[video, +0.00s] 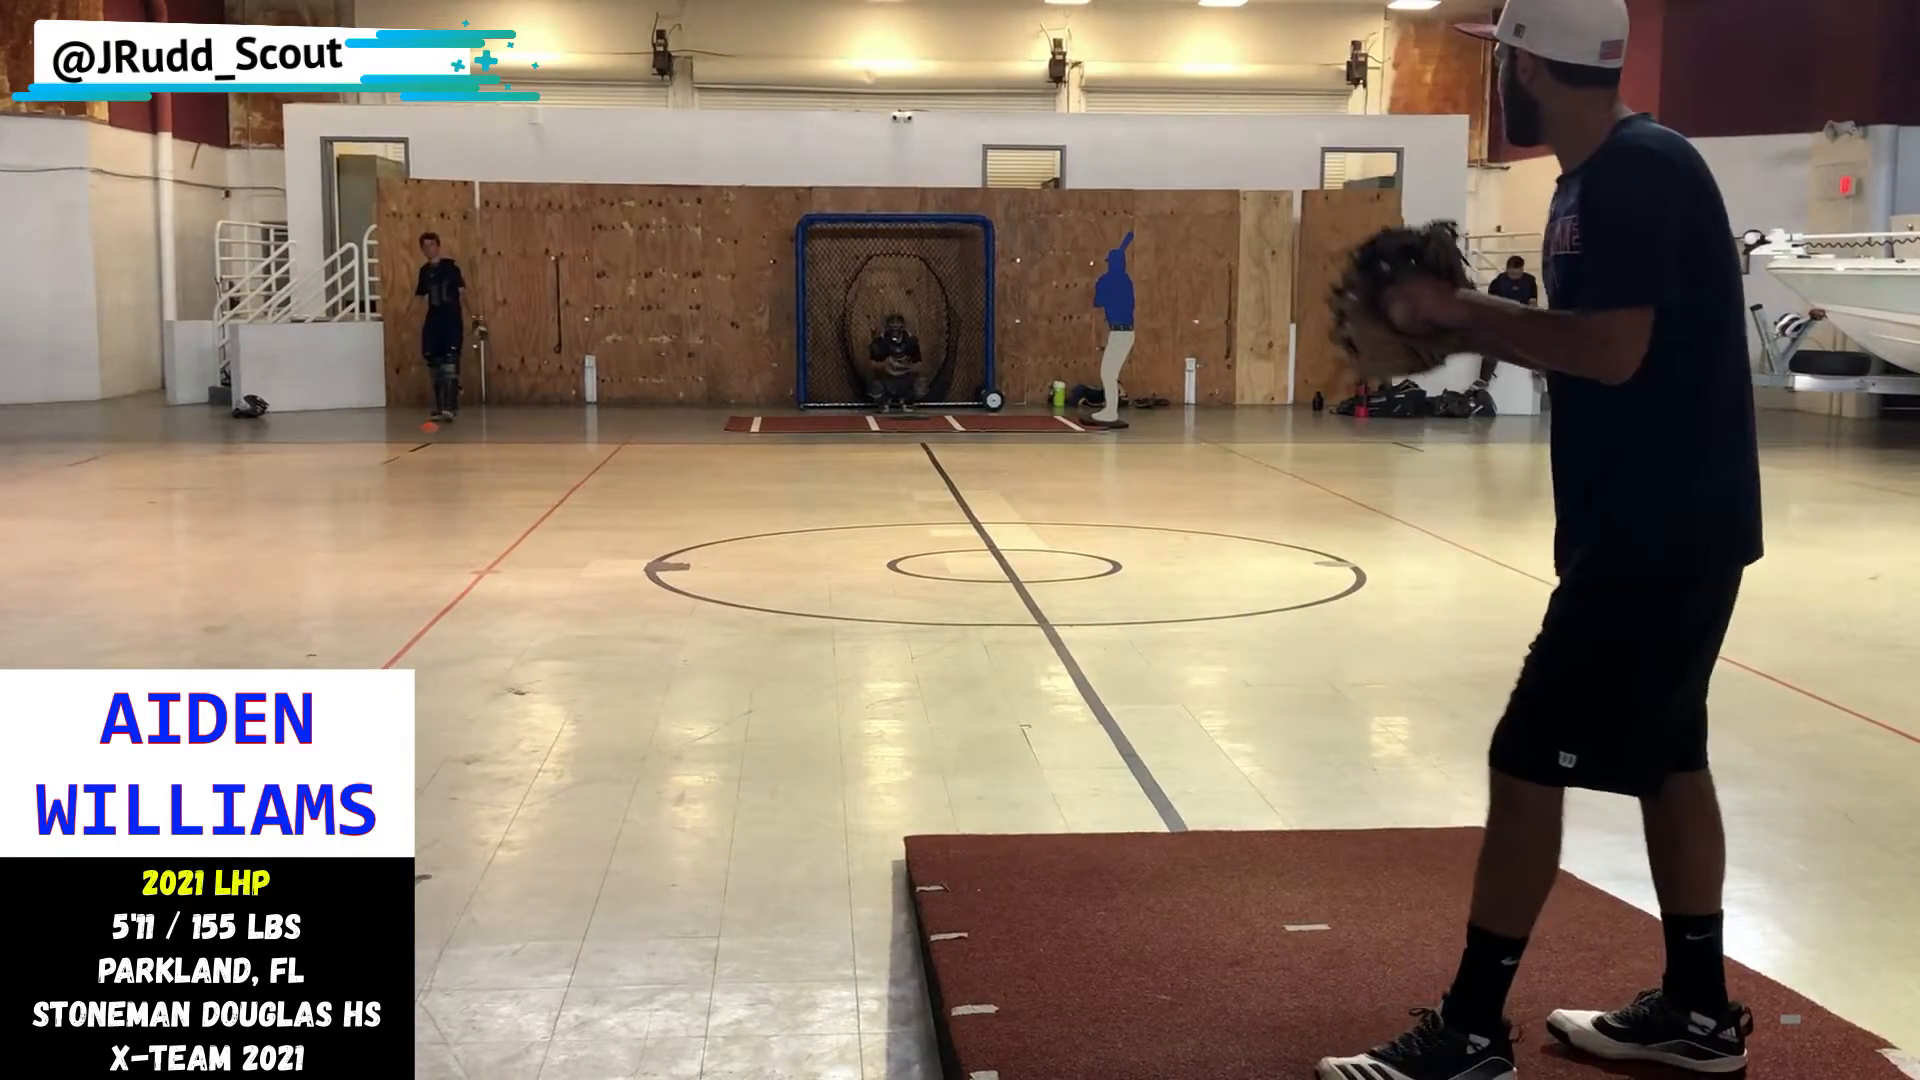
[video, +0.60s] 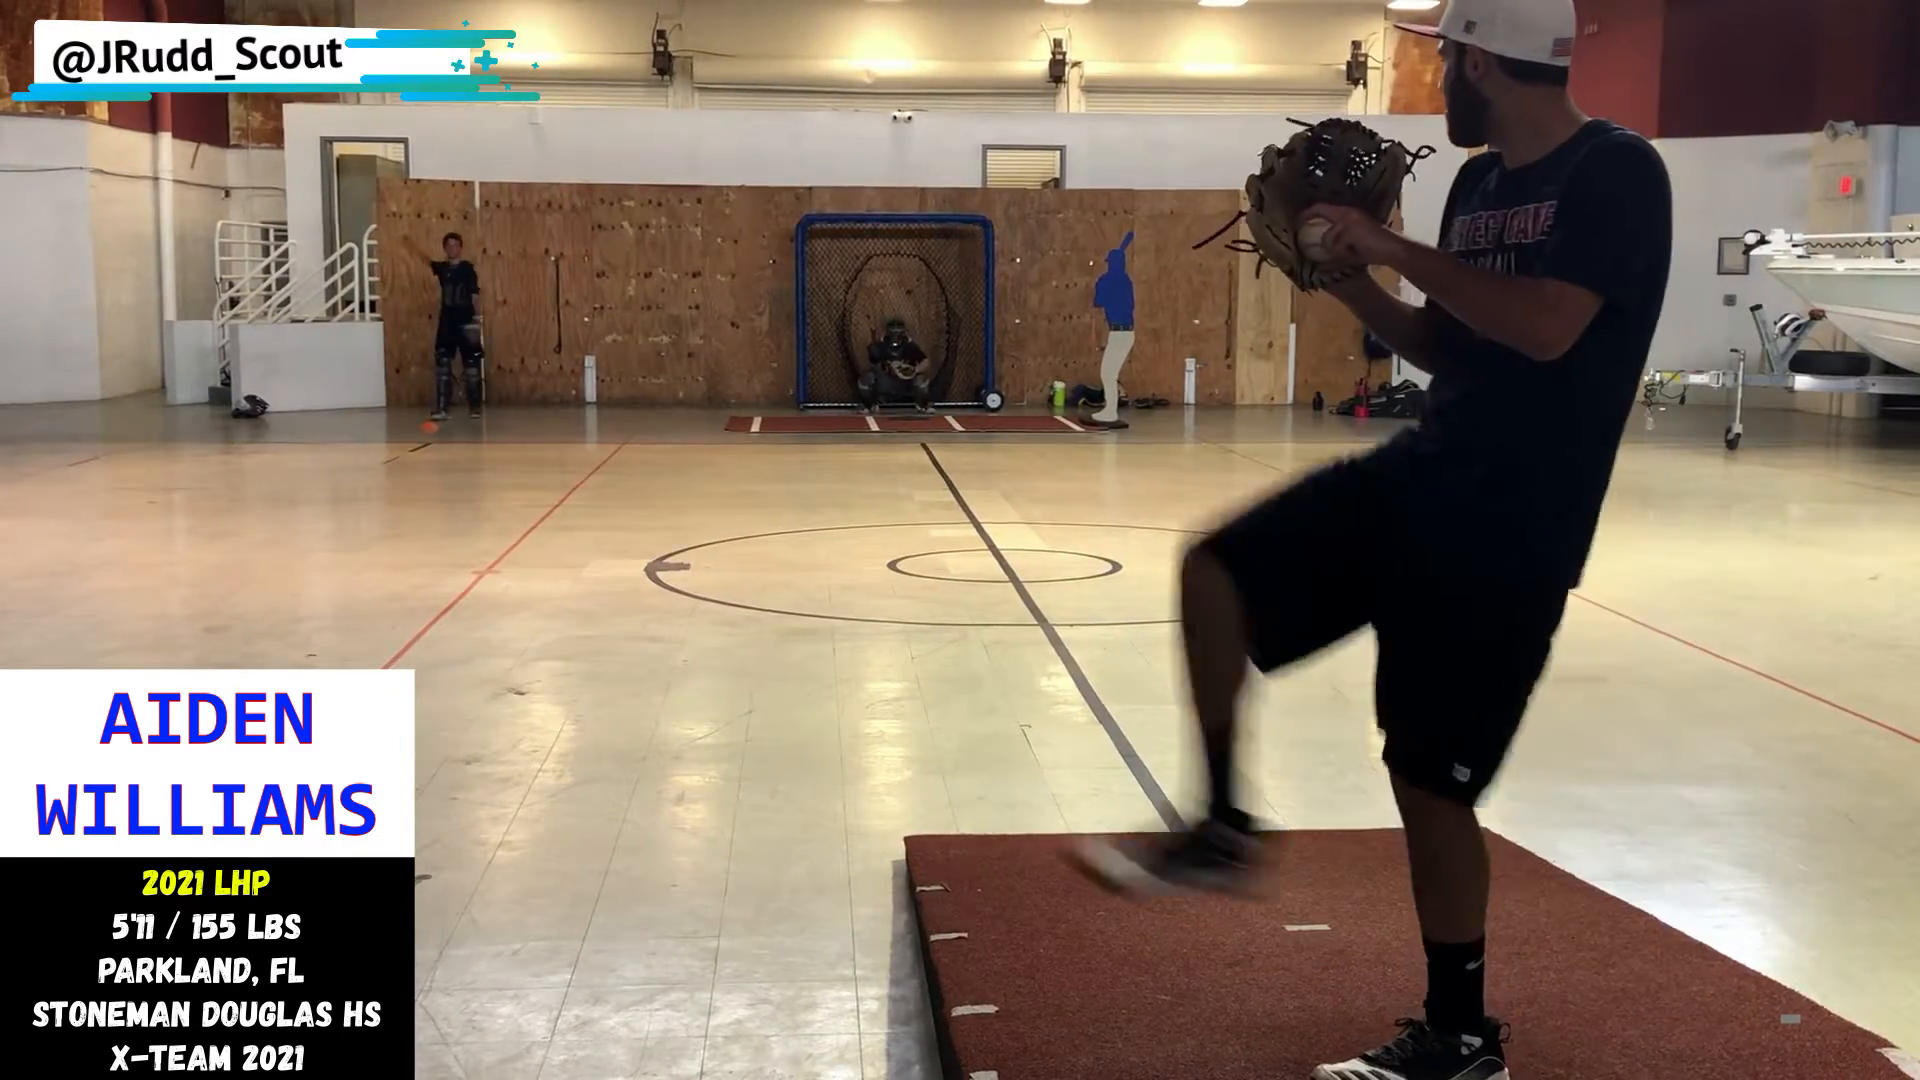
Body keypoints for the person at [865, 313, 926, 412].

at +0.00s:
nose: (895, 330)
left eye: (898, 326)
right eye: (893, 326)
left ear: (903, 326)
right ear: (888, 326)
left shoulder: (911, 340)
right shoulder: (880, 341)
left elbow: (918, 364)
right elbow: (873, 363)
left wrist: (905, 369)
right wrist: (885, 365)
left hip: (906, 376)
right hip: (887, 376)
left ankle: (907, 402)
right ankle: (883, 404)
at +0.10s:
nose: (895, 321)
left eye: (898, 317)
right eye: (891, 318)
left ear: (902, 318)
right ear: (886, 319)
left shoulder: (911, 334)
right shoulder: (879, 334)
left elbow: (918, 356)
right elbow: (871, 355)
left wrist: (906, 361)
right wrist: (880, 354)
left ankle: (904, 400)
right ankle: (886, 400)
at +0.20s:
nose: (894, 321)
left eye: (898, 318)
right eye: (891, 318)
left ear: (903, 316)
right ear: (886, 316)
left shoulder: (911, 328)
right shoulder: (877, 329)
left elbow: (921, 347)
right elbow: (868, 352)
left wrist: (911, 355)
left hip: (905, 363)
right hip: (884, 363)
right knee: (871, 373)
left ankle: (911, 398)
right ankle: (876, 400)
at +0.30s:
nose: (895, 321)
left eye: (898, 317)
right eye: (892, 317)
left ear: (903, 316)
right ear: (886, 315)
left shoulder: (910, 329)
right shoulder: (876, 330)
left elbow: (923, 348)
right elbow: (868, 350)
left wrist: (915, 355)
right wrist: (860, 365)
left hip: (907, 365)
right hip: (885, 365)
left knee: (923, 372)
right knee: (866, 375)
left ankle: (924, 403)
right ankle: (868, 404)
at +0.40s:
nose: (894, 324)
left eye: (898, 320)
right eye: (891, 320)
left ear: (902, 321)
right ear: (886, 320)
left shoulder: (910, 335)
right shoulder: (878, 336)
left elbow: (924, 355)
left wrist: (915, 361)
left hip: (907, 370)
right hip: (885, 370)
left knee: (922, 377)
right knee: (867, 378)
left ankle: (923, 405)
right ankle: (870, 405)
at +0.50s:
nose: (895, 331)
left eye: (898, 328)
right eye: (892, 328)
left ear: (903, 327)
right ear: (886, 327)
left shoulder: (910, 342)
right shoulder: (877, 344)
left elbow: (926, 358)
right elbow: (873, 365)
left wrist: (915, 365)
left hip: (907, 377)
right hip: (886, 377)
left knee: (921, 377)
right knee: (866, 380)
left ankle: (921, 405)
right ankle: (871, 406)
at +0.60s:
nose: (896, 335)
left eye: (899, 332)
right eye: (893, 332)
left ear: (904, 332)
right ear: (887, 332)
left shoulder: (910, 346)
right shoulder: (880, 347)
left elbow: (925, 362)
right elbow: (874, 365)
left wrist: (914, 370)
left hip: (907, 382)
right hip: (887, 382)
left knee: (921, 380)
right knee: (866, 379)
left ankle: (922, 406)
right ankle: (871, 405)